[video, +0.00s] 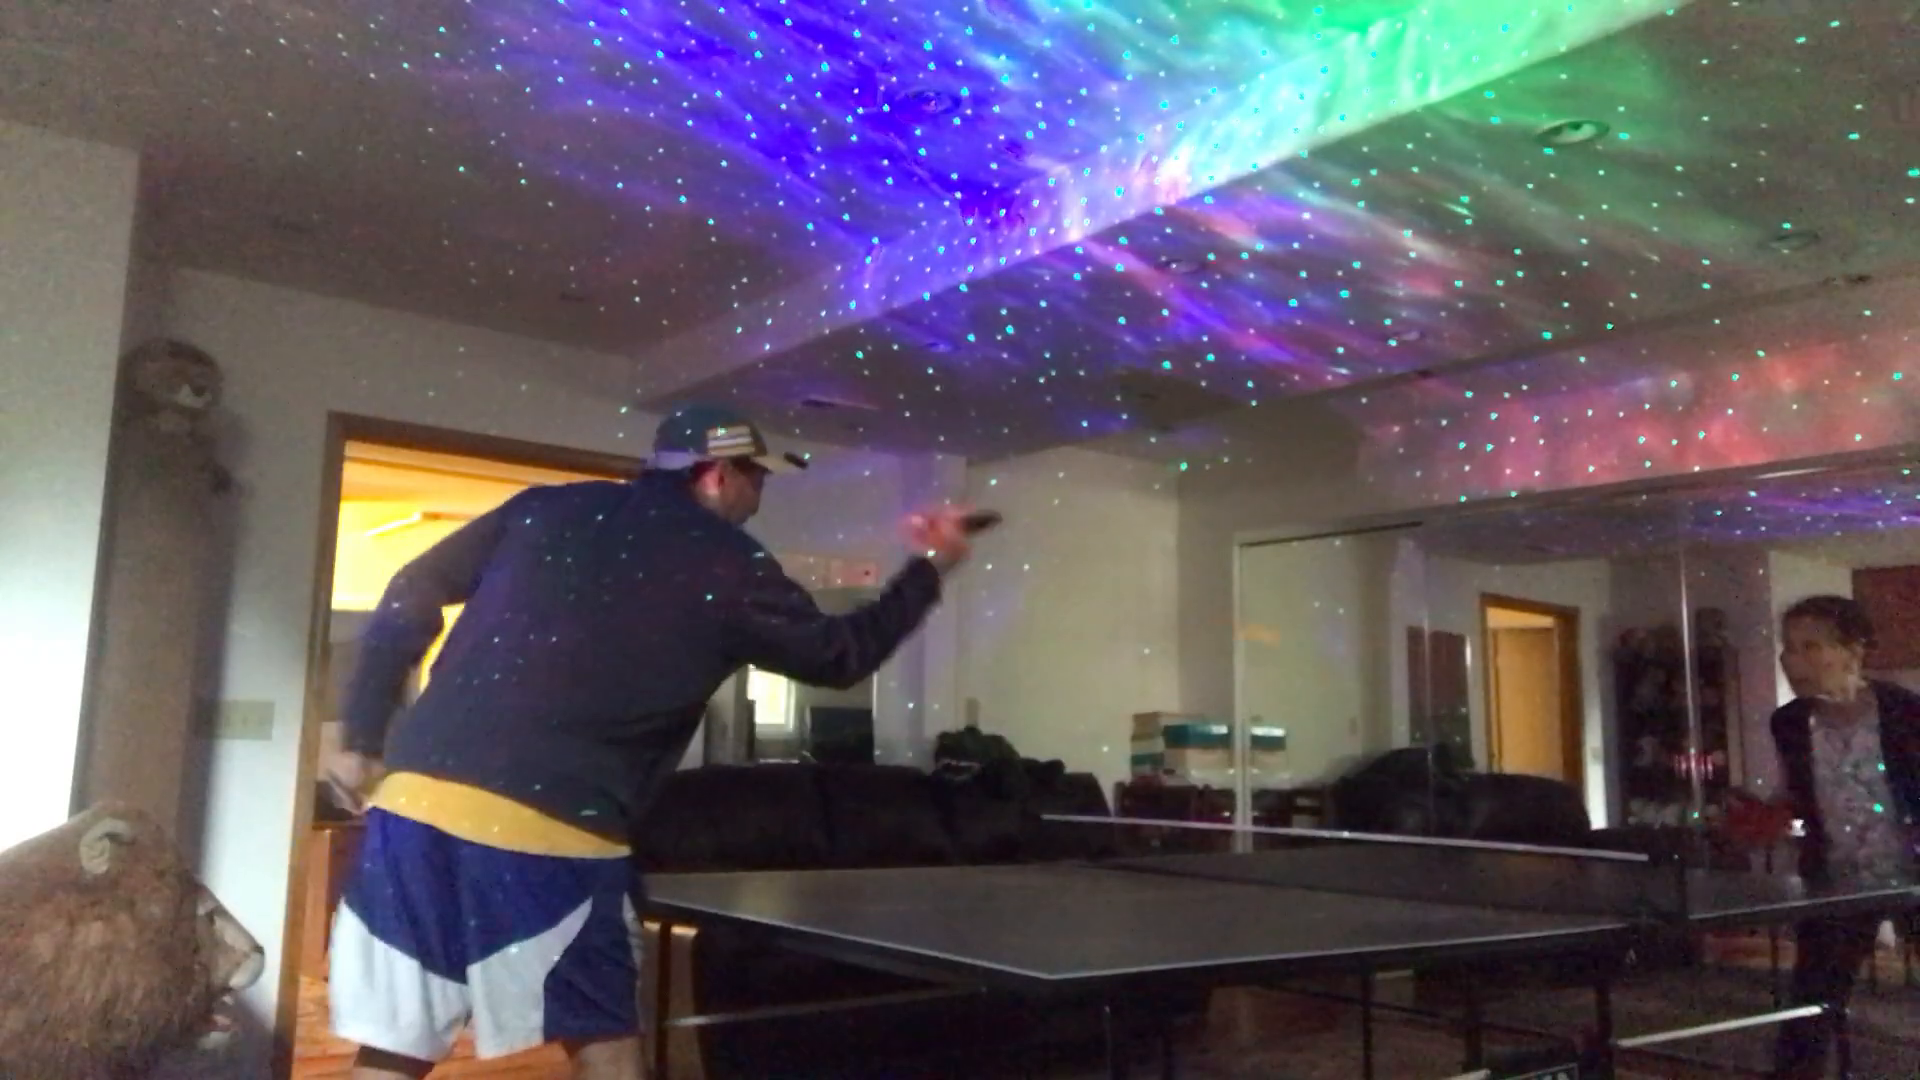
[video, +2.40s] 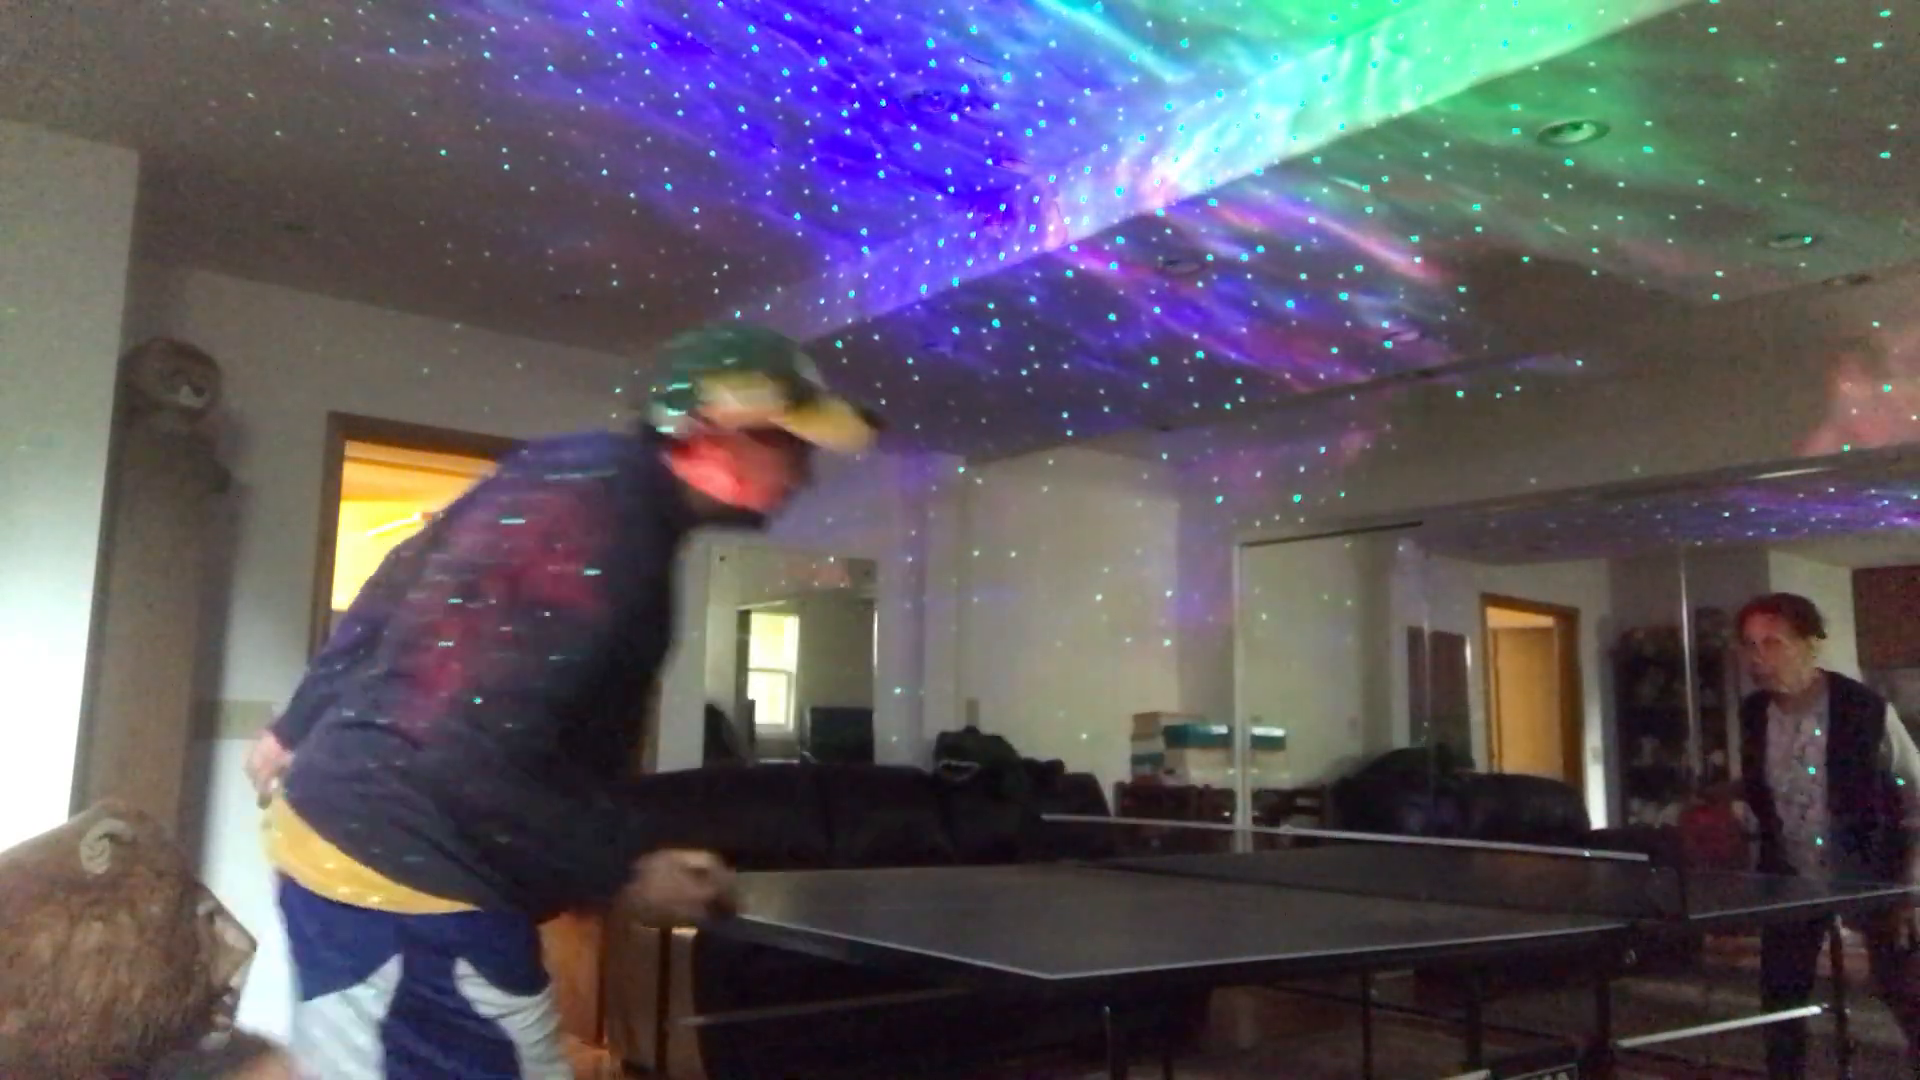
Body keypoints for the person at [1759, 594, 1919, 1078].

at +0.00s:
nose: (1787, 659)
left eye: (1802, 647)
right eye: (1786, 648)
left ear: (1853, 651)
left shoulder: (1903, 709)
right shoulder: (1789, 724)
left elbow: (1914, 793)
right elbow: (1804, 802)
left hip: (1908, 878)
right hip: (1837, 885)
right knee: (1811, 1005)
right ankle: (1799, 1066)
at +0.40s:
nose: (1773, 665)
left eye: (1784, 648)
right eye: (1768, 652)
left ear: (1827, 645)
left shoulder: (1888, 706)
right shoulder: (1787, 711)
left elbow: (1909, 797)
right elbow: (1769, 796)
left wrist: (1897, 873)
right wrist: (1763, 868)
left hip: (1886, 882)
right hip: (1806, 885)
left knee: (1914, 998)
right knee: (1786, 1006)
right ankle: (1776, 1070)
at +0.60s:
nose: (1788, 652)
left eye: (1800, 640)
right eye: (1789, 639)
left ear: (1843, 640)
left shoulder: (1903, 703)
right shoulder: (1805, 706)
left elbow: (1911, 797)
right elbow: (1787, 762)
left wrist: (1906, 885)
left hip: (1900, 882)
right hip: (1828, 886)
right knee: (1798, 1004)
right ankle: (1783, 1072)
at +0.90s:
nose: (1825, 640)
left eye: (1842, 630)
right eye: (1826, 628)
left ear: (1889, 643)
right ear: (1822, 636)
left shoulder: (1908, 707)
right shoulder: (1808, 707)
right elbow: (1739, 757)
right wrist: (1693, 760)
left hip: (1904, 884)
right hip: (1831, 887)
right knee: (1802, 1002)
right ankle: (1782, 1071)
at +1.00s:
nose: (1840, 645)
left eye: (1858, 632)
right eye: (1835, 633)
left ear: (1901, 643)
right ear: (1829, 640)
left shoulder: (1913, 708)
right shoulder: (1816, 710)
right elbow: (1765, 778)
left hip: (1912, 885)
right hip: (1839, 886)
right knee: (1804, 1000)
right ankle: (1781, 1072)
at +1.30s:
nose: (1834, 647)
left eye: (1849, 634)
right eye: (1822, 635)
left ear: (1884, 645)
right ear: (1810, 645)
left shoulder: (1909, 706)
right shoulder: (1803, 710)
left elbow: (1914, 780)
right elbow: (1804, 784)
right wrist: (1775, 799)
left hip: (1909, 881)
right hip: (1835, 882)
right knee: (1798, 981)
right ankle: (1782, 1067)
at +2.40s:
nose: (1757, 657)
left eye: (1770, 642)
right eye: (1750, 645)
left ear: (1810, 644)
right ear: (1744, 652)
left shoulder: (1864, 707)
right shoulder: (1752, 713)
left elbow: (1912, 792)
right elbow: (1752, 796)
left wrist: (1906, 886)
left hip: (1866, 876)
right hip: (1788, 879)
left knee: (1903, 989)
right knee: (1781, 998)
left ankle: (1918, 1055)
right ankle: (1784, 1074)